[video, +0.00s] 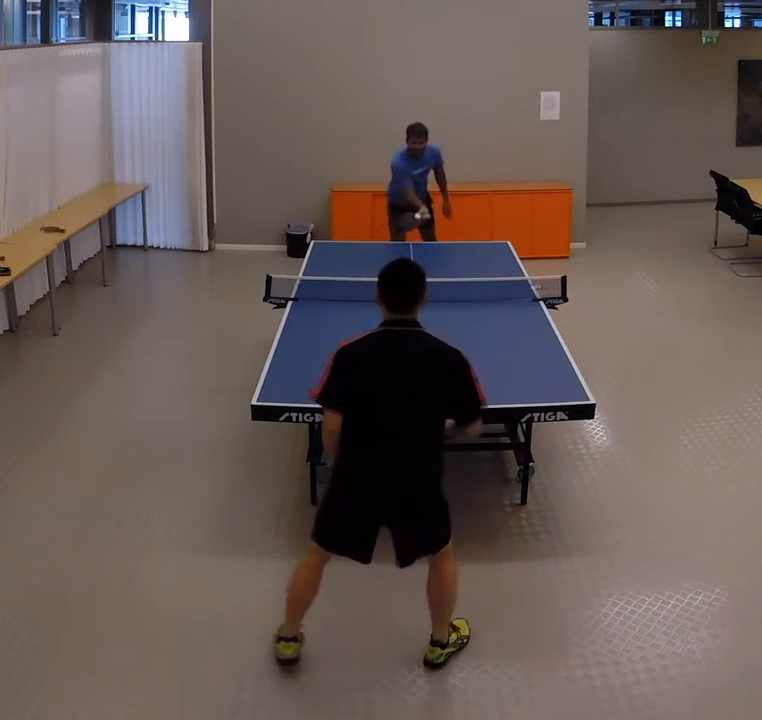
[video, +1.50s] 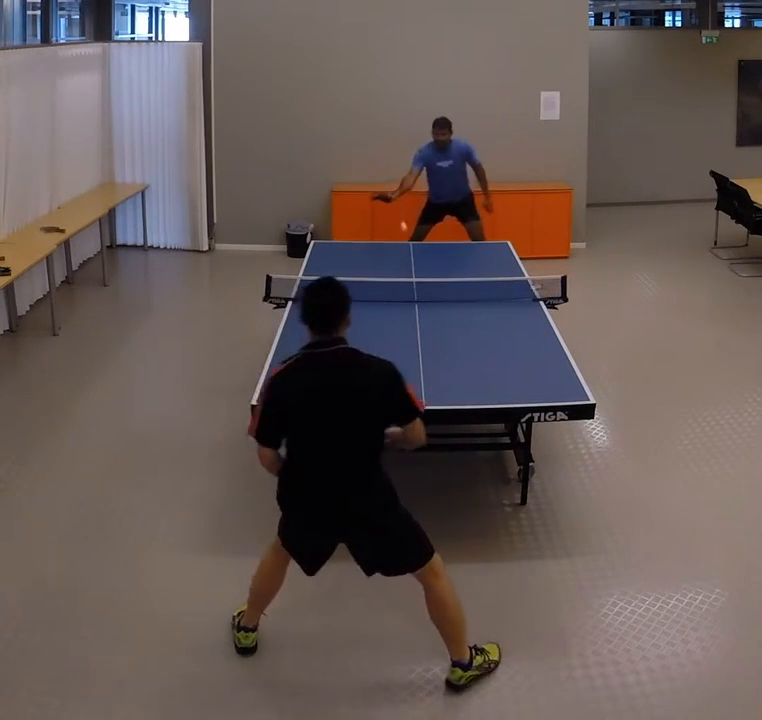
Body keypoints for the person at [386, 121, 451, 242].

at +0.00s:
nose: (417, 147)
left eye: (421, 143)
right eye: (413, 143)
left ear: (426, 141)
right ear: (407, 141)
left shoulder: (433, 153)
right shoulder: (399, 163)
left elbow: (440, 176)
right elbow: (408, 193)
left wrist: (446, 201)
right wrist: (421, 207)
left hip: (421, 198)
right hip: (398, 201)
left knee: (431, 241)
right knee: (398, 243)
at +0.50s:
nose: (435, 151)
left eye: (438, 147)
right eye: (431, 147)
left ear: (442, 146)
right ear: (423, 145)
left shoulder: (444, 155)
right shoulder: (414, 165)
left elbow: (442, 173)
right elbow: (416, 197)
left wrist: (444, 190)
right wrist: (430, 208)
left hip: (429, 199)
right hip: (407, 202)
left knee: (444, 235)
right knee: (403, 240)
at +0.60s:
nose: (444, 149)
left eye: (447, 145)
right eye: (440, 145)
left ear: (452, 145)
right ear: (433, 144)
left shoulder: (453, 158)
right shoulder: (419, 166)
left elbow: (453, 176)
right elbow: (411, 198)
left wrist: (458, 198)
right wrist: (424, 211)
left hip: (435, 202)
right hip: (413, 204)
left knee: (450, 242)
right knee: (407, 244)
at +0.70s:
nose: (452, 147)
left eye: (456, 143)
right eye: (449, 143)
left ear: (460, 144)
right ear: (441, 142)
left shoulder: (461, 160)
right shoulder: (425, 163)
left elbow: (468, 184)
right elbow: (409, 189)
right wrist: (417, 209)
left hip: (442, 207)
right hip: (420, 208)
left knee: (459, 246)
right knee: (411, 249)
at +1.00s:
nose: (446, 125)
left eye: (450, 121)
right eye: (443, 121)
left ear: (455, 122)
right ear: (437, 120)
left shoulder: (463, 142)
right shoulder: (423, 140)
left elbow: (473, 169)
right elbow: (410, 165)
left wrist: (478, 198)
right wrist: (403, 193)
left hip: (452, 198)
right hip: (425, 197)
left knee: (460, 243)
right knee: (409, 241)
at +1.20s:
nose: (427, 131)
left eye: (430, 127)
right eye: (423, 127)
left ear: (437, 127)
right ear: (418, 127)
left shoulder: (450, 144)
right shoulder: (412, 148)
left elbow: (464, 168)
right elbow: (409, 175)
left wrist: (465, 196)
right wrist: (398, 194)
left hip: (447, 199)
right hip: (422, 200)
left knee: (459, 242)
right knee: (405, 241)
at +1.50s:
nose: (439, 138)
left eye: (443, 135)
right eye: (436, 135)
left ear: (450, 134)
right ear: (432, 134)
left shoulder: (462, 149)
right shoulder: (425, 153)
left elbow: (478, 169)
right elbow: (410, 178)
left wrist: (487, 197)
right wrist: (394, 195)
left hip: (462, 200)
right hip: (436, 202)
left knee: (479, 240)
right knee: (415, 241)